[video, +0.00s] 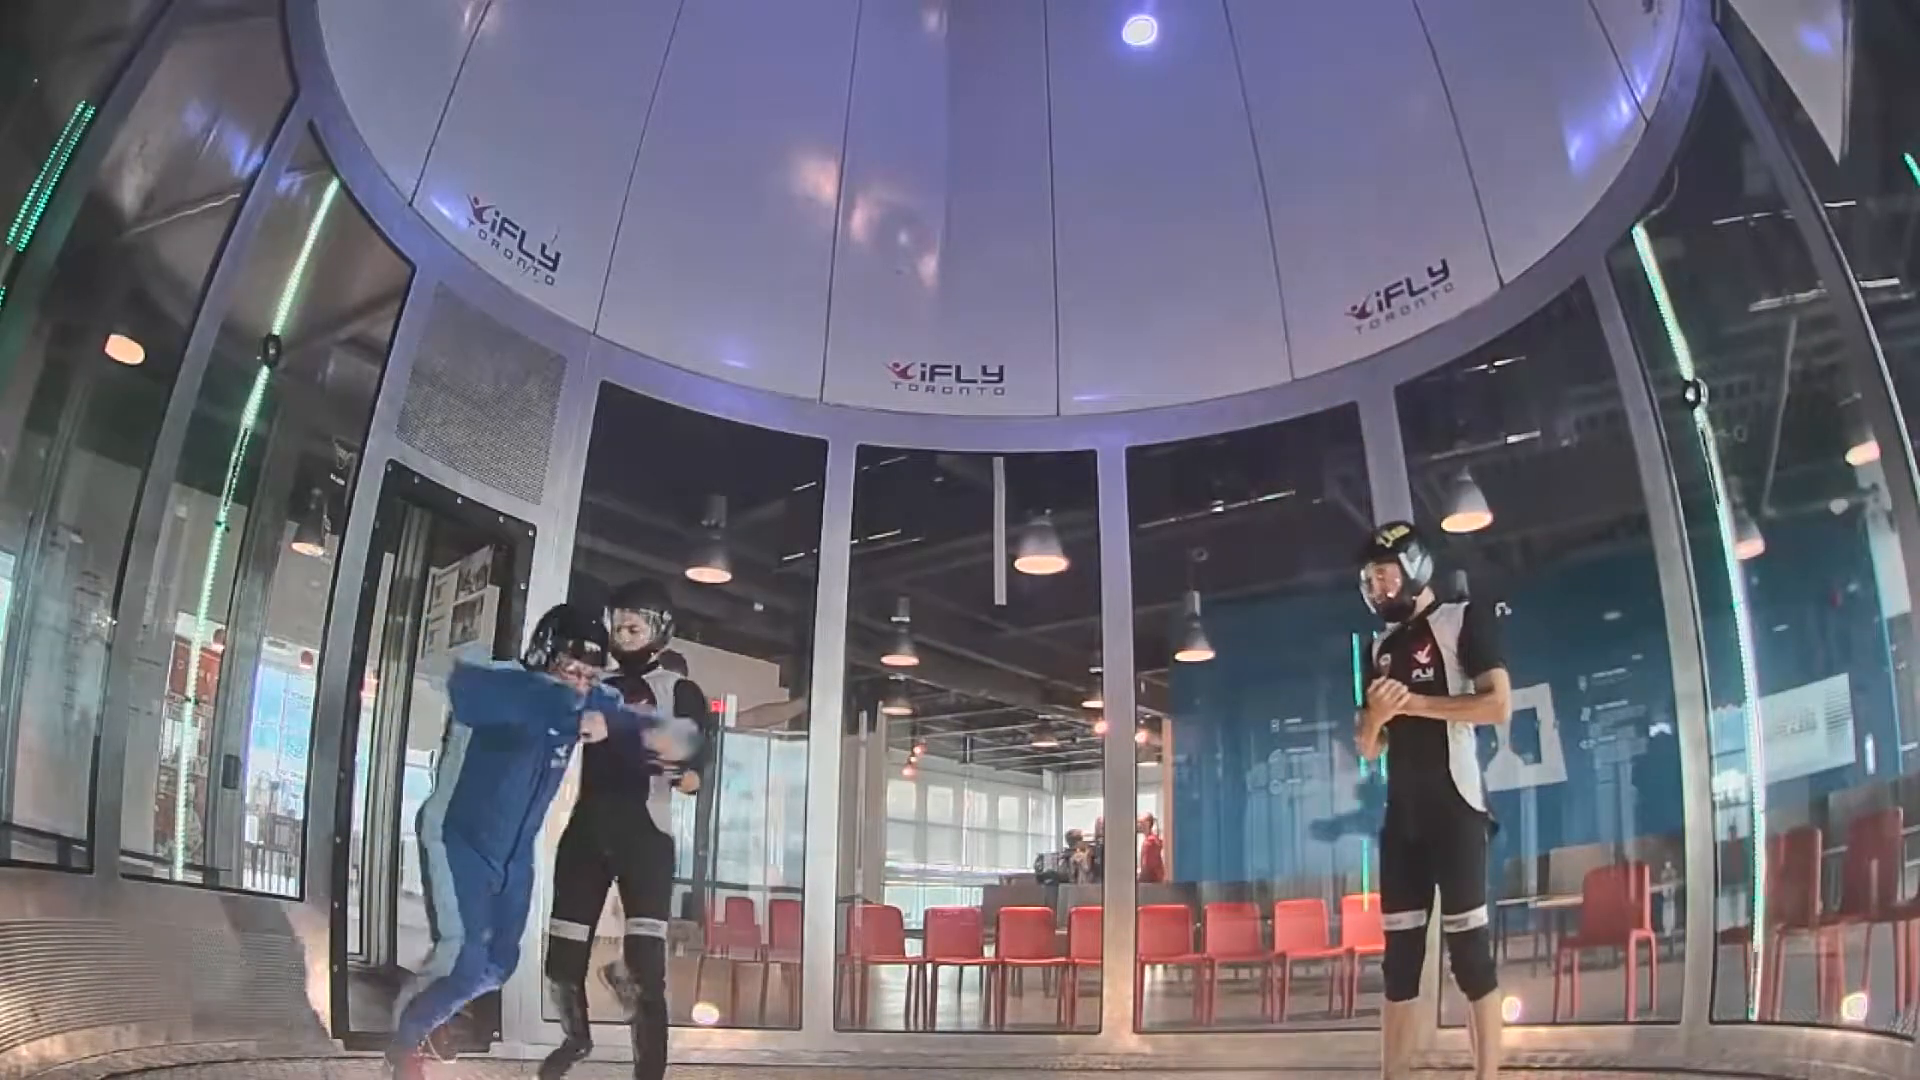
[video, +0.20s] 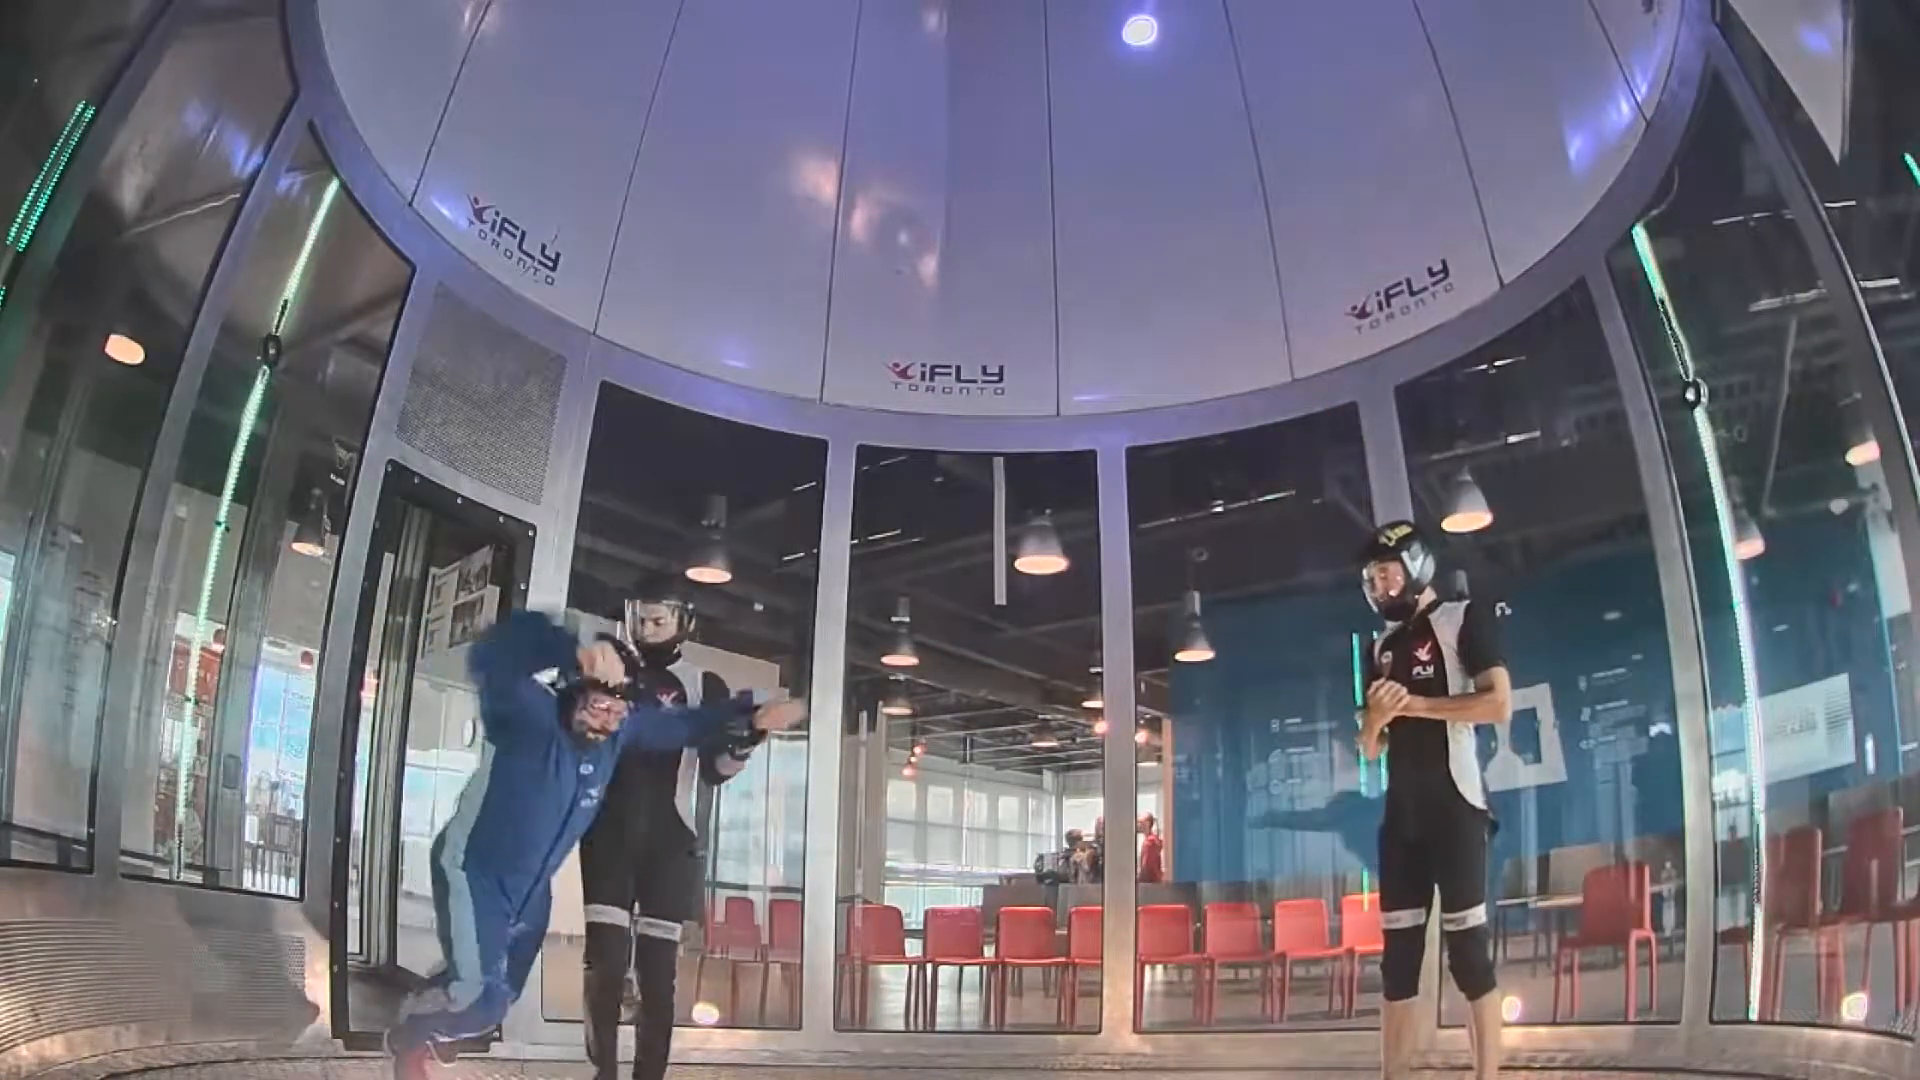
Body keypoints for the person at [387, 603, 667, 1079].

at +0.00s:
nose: (579, 677)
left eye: (590, 671)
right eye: (571, 663)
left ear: (599, 672)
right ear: (543, 653)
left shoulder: (585, 702)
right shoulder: (501, 680)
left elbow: (619, 715)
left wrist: (656, 732)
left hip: (515, 851)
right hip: (455, 836)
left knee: (498, 965)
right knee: (464, 959)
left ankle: (419, 1026)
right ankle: (404, 1047)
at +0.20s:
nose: (604, 714)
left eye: (615, 705)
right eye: (595, 701)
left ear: (624, 710)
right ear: (572, 694)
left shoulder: (618, 735)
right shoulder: (529, 720)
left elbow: (684, 725)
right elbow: (493, 656)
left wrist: (751, 715)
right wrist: (572, 651)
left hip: (529, 887)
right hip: (470, 869)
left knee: (498, 997)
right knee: (478, 992)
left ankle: (424, 1038)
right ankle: (404, 1040)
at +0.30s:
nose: (618, 722)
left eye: (630, 714)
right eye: (609, 707)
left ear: (640, 719)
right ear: (583, 698)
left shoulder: (629, 744)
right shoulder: (540, 721)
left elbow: (700, 722)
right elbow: (508, 645)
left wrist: (768, 705)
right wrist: (574, 617)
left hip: (535, 899)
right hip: (477, 876)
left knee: (488, 1014)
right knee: (478, 1008)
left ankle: (420, 1044)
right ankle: (407, 1037)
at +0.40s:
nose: (663, 745)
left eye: (675, 733)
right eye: (653, 728)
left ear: (684, 728)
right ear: (624, 709)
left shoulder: (675, 735)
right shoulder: (579, 718)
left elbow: (748, 706)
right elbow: (555, 624)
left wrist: (826, 670)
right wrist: (590, 554)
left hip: (548, 896)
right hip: (493, 875)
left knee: (480, 1002)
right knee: (465, 1005)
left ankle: (423, 1049)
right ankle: (408, 1053)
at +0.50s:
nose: (694, 738)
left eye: (706, 728)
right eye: (686, 719)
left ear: (714, 726)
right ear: (656, 699)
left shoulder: (696, 735)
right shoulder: (604, 704)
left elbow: (774, 697)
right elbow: (587, 612)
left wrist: (859, 668)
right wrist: (622, 536)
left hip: (558, 891)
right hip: (502, 862)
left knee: (484, 970)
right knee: (461, 970)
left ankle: (419, 1025)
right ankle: (407, 1034)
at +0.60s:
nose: (745, 733)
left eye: (759, 724)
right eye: (741, 713)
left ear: (769, 721)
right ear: (713, 683)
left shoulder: (721, 733)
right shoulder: (654, 686)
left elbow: (806, 685)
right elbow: (633, 596)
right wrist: (667, 520)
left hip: (573, 842)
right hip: (519, 808)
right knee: (459, 893)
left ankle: (483, 928)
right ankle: (396, 972)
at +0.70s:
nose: (760, 726)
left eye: (777, 721)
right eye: (759, 707)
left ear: (782, 724)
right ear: (733, 678)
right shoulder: (667, 678)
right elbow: (640, 583)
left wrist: (906, 662)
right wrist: (689, 522)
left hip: (565, 821)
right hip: (523, 778)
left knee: (486, 856)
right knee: (447, 845)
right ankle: (370, 913)